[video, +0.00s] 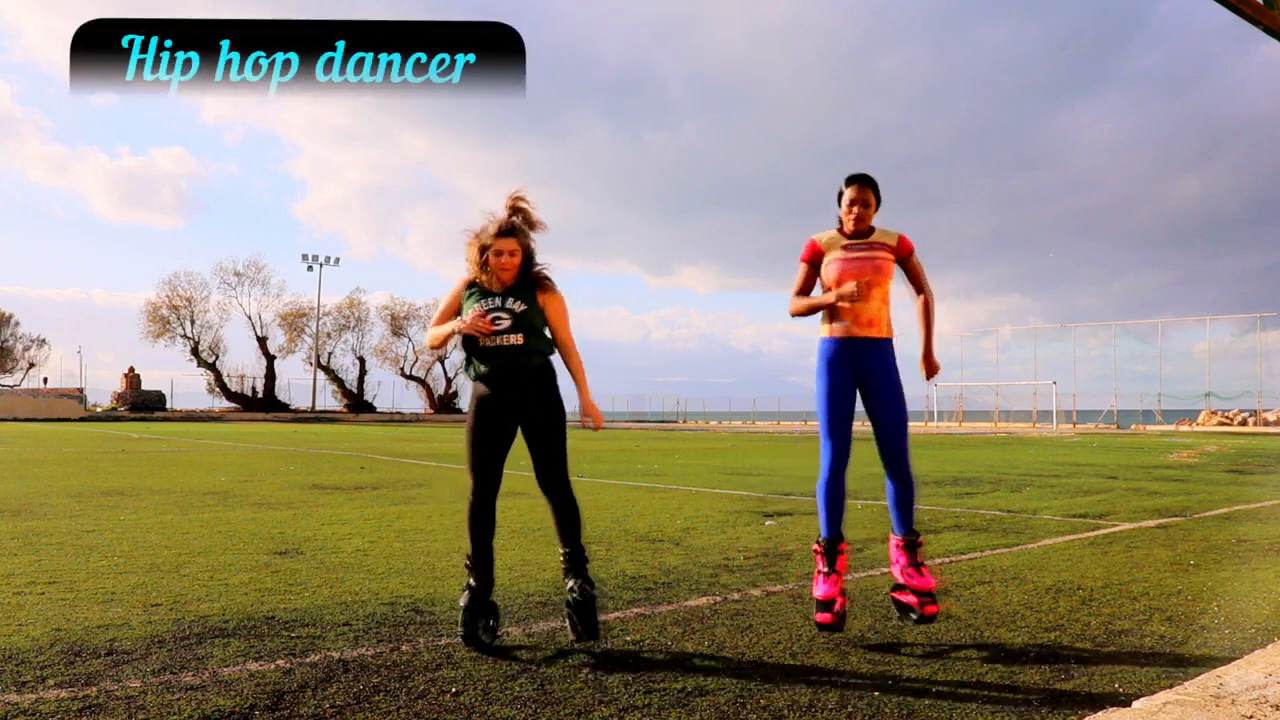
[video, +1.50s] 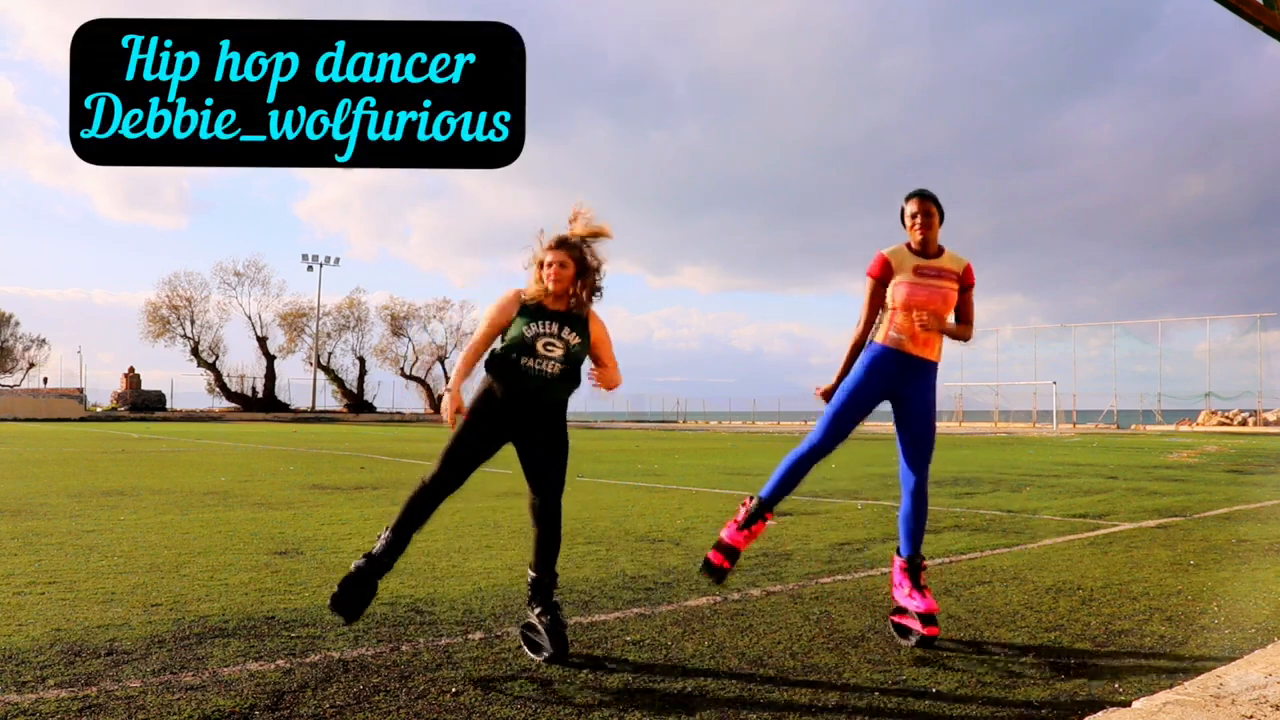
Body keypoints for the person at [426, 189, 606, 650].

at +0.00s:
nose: (504, 260)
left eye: (512, 253)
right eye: (497, 253)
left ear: (524, 258)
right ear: (485, 257)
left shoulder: (542, 292)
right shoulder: (468, 290)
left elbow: (565, 344)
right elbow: (431, 340)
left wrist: (585, 398)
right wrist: (458, 325)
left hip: (540, 397)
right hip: (491, 398)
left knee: (556, 484)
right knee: (482, 490)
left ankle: (577, 578)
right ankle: (480, 585)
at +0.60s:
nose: (452, 273)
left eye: (461, 267)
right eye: (447, 267)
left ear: (476, 275)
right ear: (439, 276)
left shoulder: (501, 313)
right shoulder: (428, 324)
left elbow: (537, 365)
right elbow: (420, 389)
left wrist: (567, 413)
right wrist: (426, 372)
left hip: (513, 416)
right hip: (464, 424)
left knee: (562, 494)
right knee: (467, 518)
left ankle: (613, 572)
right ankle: (470, 609)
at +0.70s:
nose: (453, 279)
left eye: (462, 273)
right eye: (449, 272)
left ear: (479, 279)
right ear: (442, 278)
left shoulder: (506, 320)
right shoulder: (432, 326)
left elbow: (537, 370)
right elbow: (414, 378)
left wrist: (530, 411)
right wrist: (424, 386)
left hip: (515, 421)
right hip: (466, 431)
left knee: (554, 505)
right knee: (468, 521)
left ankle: (586, 587)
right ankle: (470, 608)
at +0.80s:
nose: (474, 262)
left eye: (483, 256)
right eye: (470, 254)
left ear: (503, 259)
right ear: (465, 256)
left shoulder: (524, 293)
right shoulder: (454, 293)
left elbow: (556, 338)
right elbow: (433, 338)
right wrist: (417, 380)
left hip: (518, 403)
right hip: (469, 405)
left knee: (538, 495)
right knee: (468, 501)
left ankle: (544, 589)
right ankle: (463, 603)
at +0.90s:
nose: (487, 251)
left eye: (496, 244)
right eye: (484, 243)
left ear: (518, 247)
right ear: (481, 242)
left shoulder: (542, 283)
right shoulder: (471, 276)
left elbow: (574, 332)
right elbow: (442, 325)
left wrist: (543, 301)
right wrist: (421, 374)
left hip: (520, 394)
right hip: (470, 392)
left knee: (528, 491)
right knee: (459, 489)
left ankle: (529, 586)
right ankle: (448, 586)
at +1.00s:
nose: (504, 258)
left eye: (515, 254)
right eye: (503, 251)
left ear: (537, 261)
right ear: (500, 253)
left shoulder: (559, 301)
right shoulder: (487, 288)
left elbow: (590, 355)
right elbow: (454, 339)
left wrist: (579, 326)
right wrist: (428, 386)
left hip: (528, 404)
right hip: (478, 396)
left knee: (527, 502)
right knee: (441, 487)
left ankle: (523, 597)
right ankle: (399, 579)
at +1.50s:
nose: (551, 271)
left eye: (560, 265)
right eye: (547, 264)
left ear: (579, 274)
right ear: (540, 269)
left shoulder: (590, 323)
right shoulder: (516, 303)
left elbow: (611, 372)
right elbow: (477, 347)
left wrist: (609, 378)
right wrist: (453, 387)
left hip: (546, 420)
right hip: (496, 407)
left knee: (548, 509)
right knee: (440, 482)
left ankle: (543, 601)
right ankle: (373, 568)